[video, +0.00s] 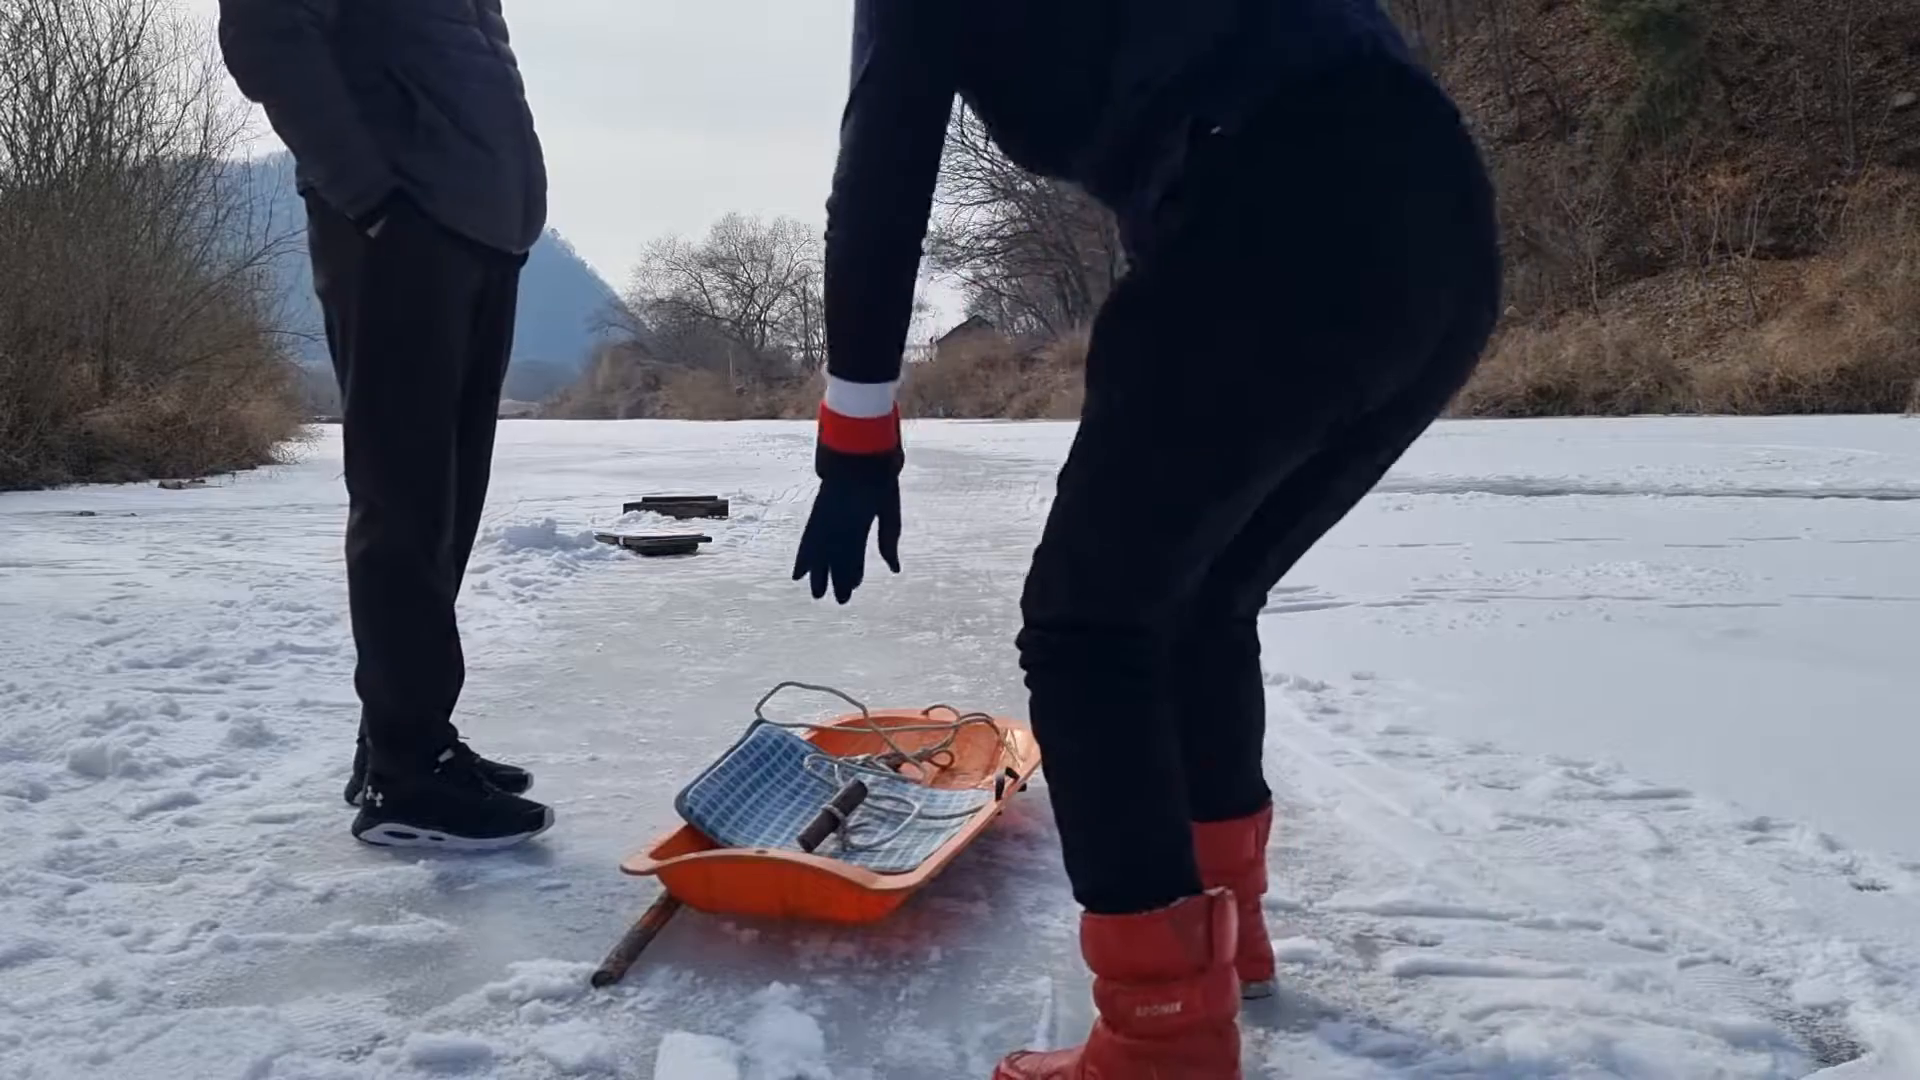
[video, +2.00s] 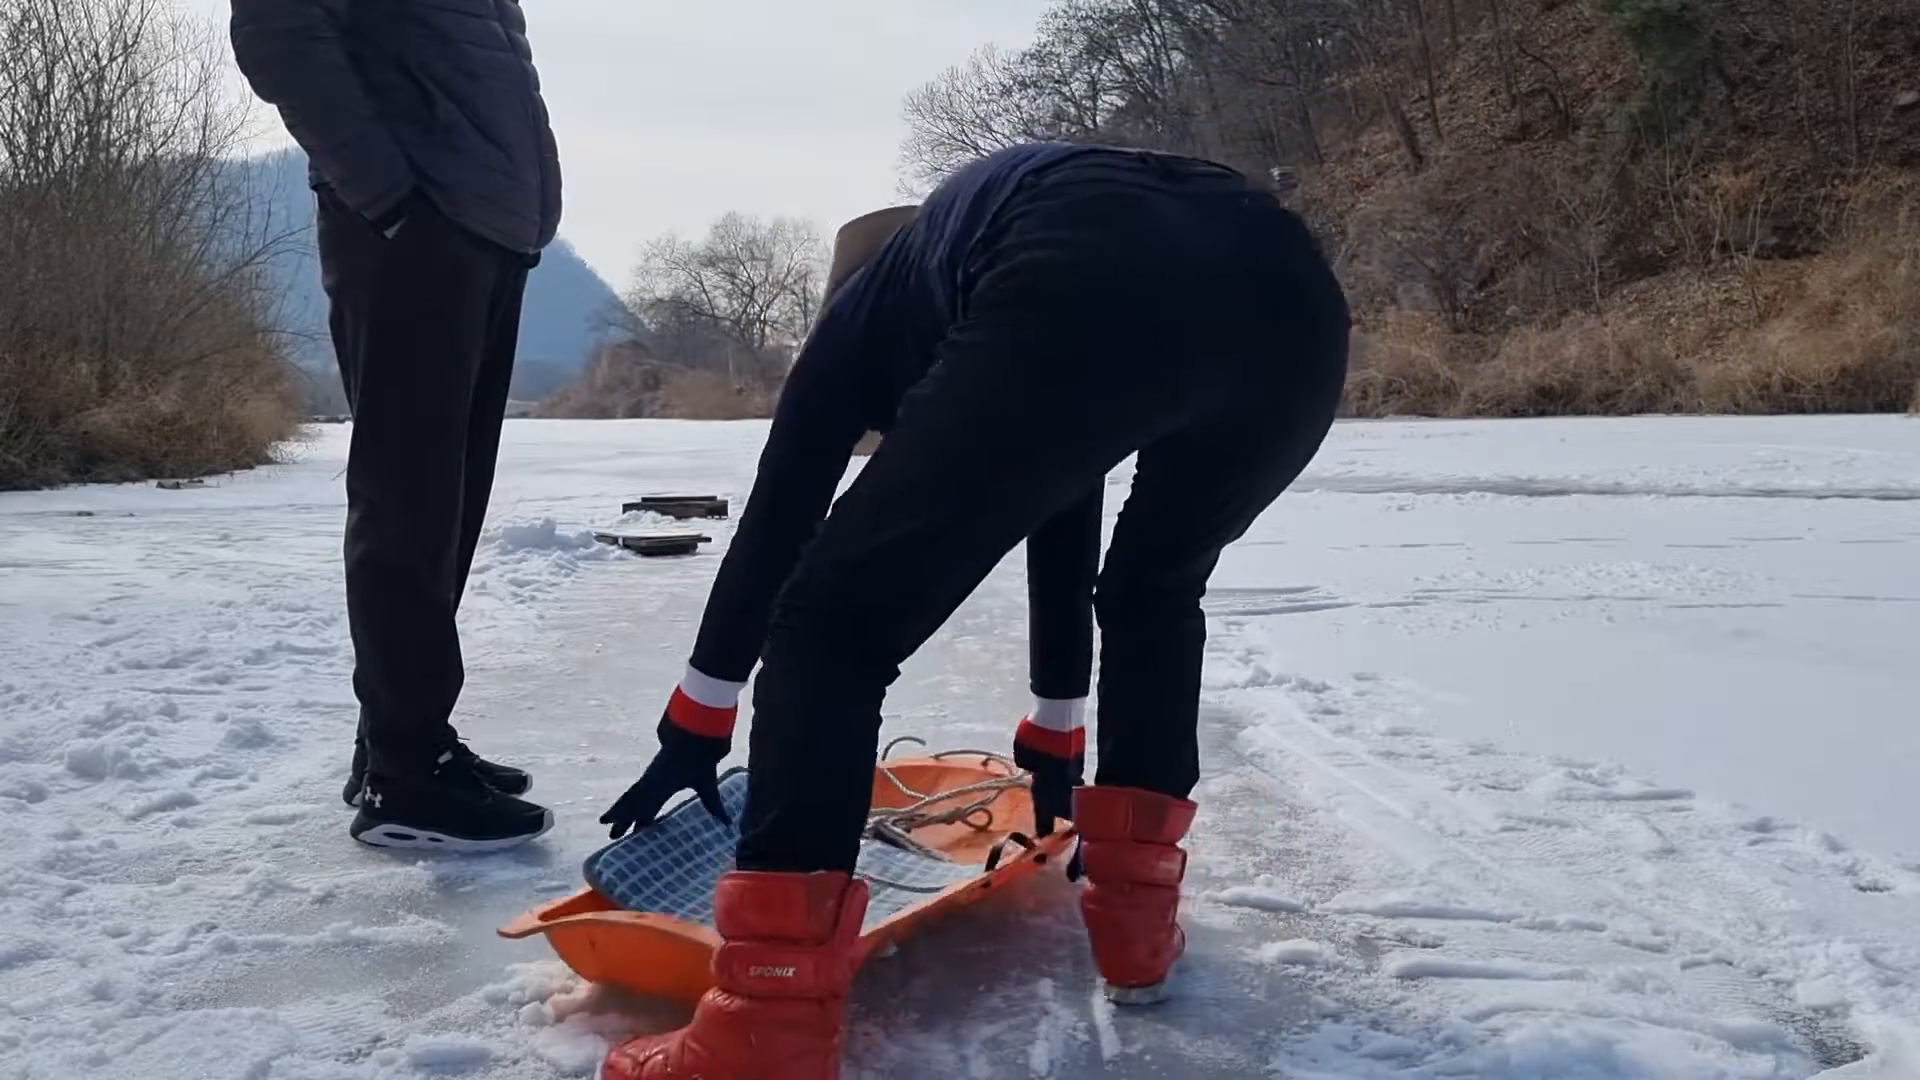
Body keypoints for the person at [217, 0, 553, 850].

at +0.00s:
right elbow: (261, 30)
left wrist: (506, 182)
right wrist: (368, 190)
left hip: (480, 221)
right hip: (397, 214)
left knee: (446, 500)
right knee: (403, 499)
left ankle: (415, 747)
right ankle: (403, 774)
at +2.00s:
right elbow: (275, 31)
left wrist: (515, 199)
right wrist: (388, 196)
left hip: (486, 229)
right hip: (410, 221)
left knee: (447, 498)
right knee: (406, 498)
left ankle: (413, 749)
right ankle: (401, 771)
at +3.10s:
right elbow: (269, 35)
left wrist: (515, 199)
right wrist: (386, 197)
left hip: (485, 235)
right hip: (409, 225)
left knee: (443, 505)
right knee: (403, 504)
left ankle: (417, 747)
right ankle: (399, 773)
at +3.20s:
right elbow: (269, 34)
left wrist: (515, 200)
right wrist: (386, 197)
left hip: (485, 235)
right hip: (409, 225)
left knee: (444, 505)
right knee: (403, 504)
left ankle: (417, 747)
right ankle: (400, 773)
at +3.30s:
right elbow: (269, 33)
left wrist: (514, 200)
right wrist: (386, 197)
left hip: (485, 234)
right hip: (409, 224)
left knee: (445, 503)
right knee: (403, 503)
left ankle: (417, 745)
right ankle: (400, 771)